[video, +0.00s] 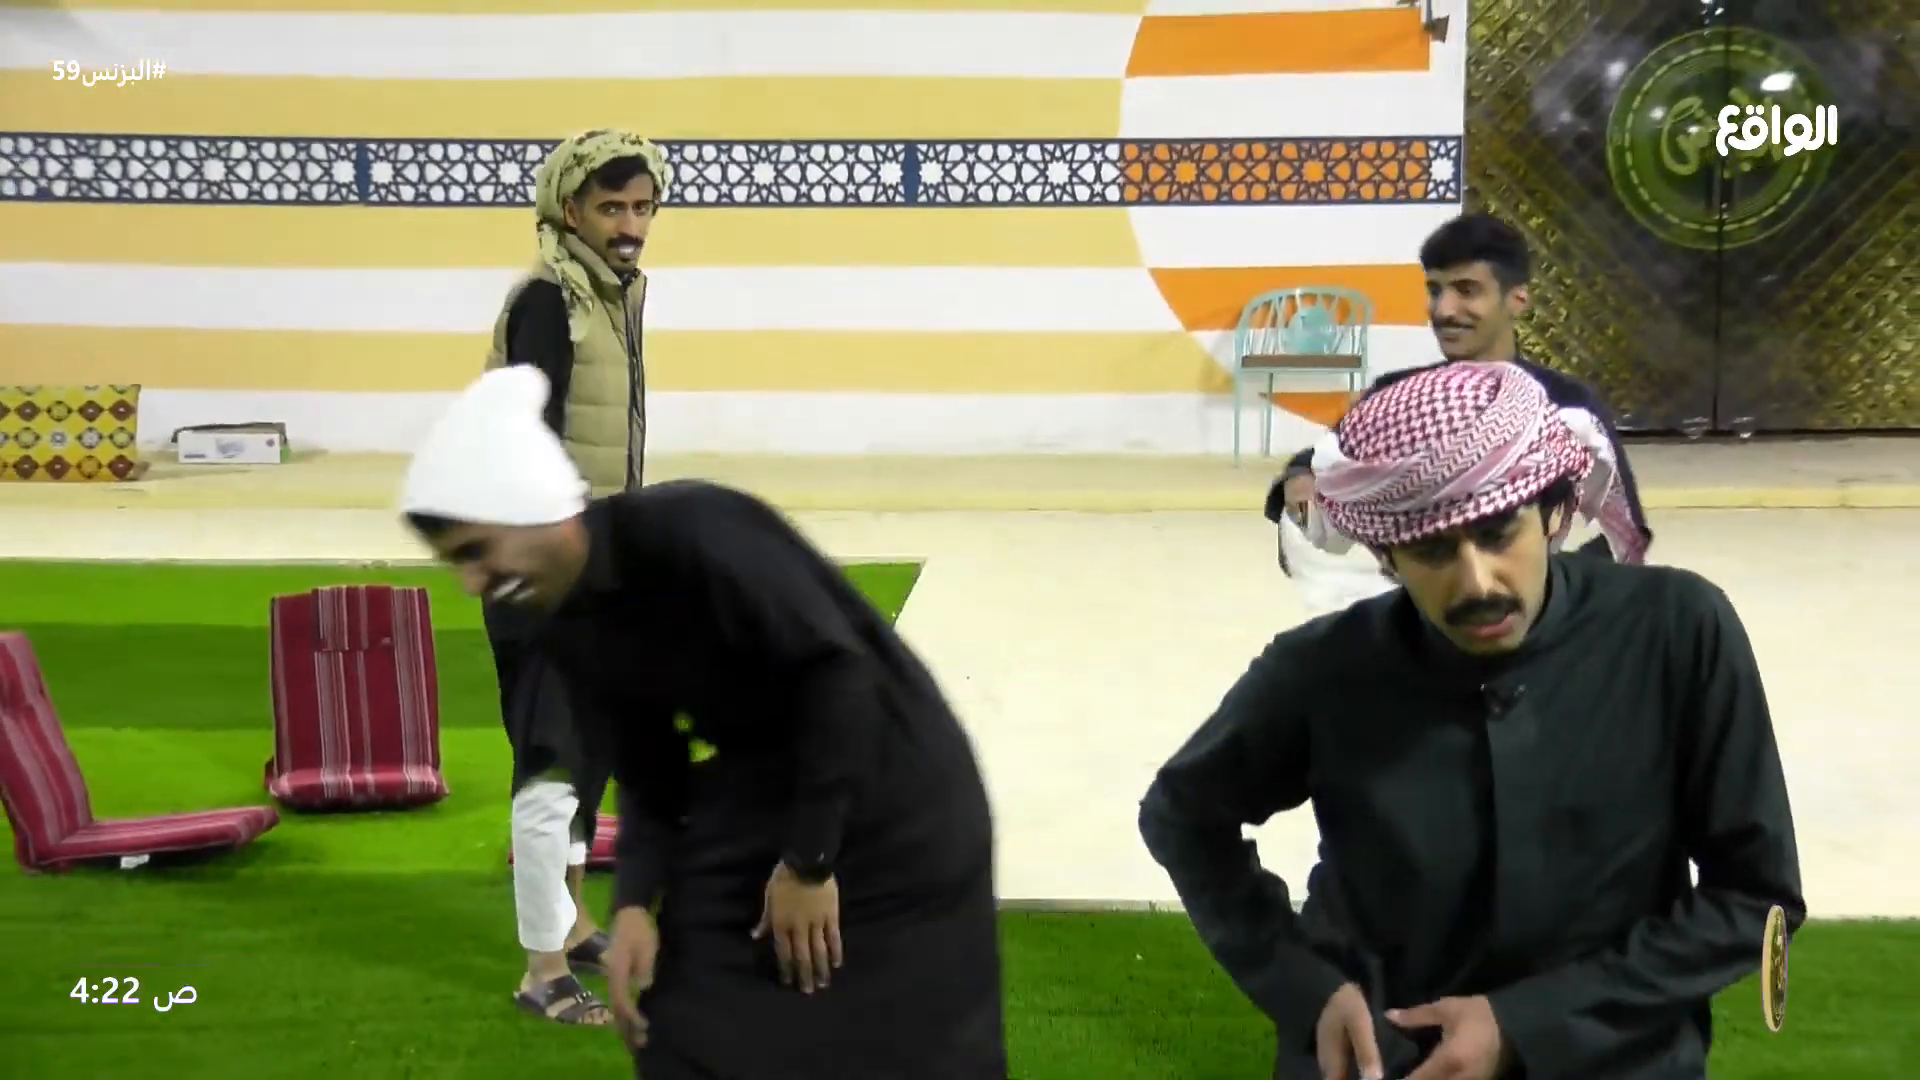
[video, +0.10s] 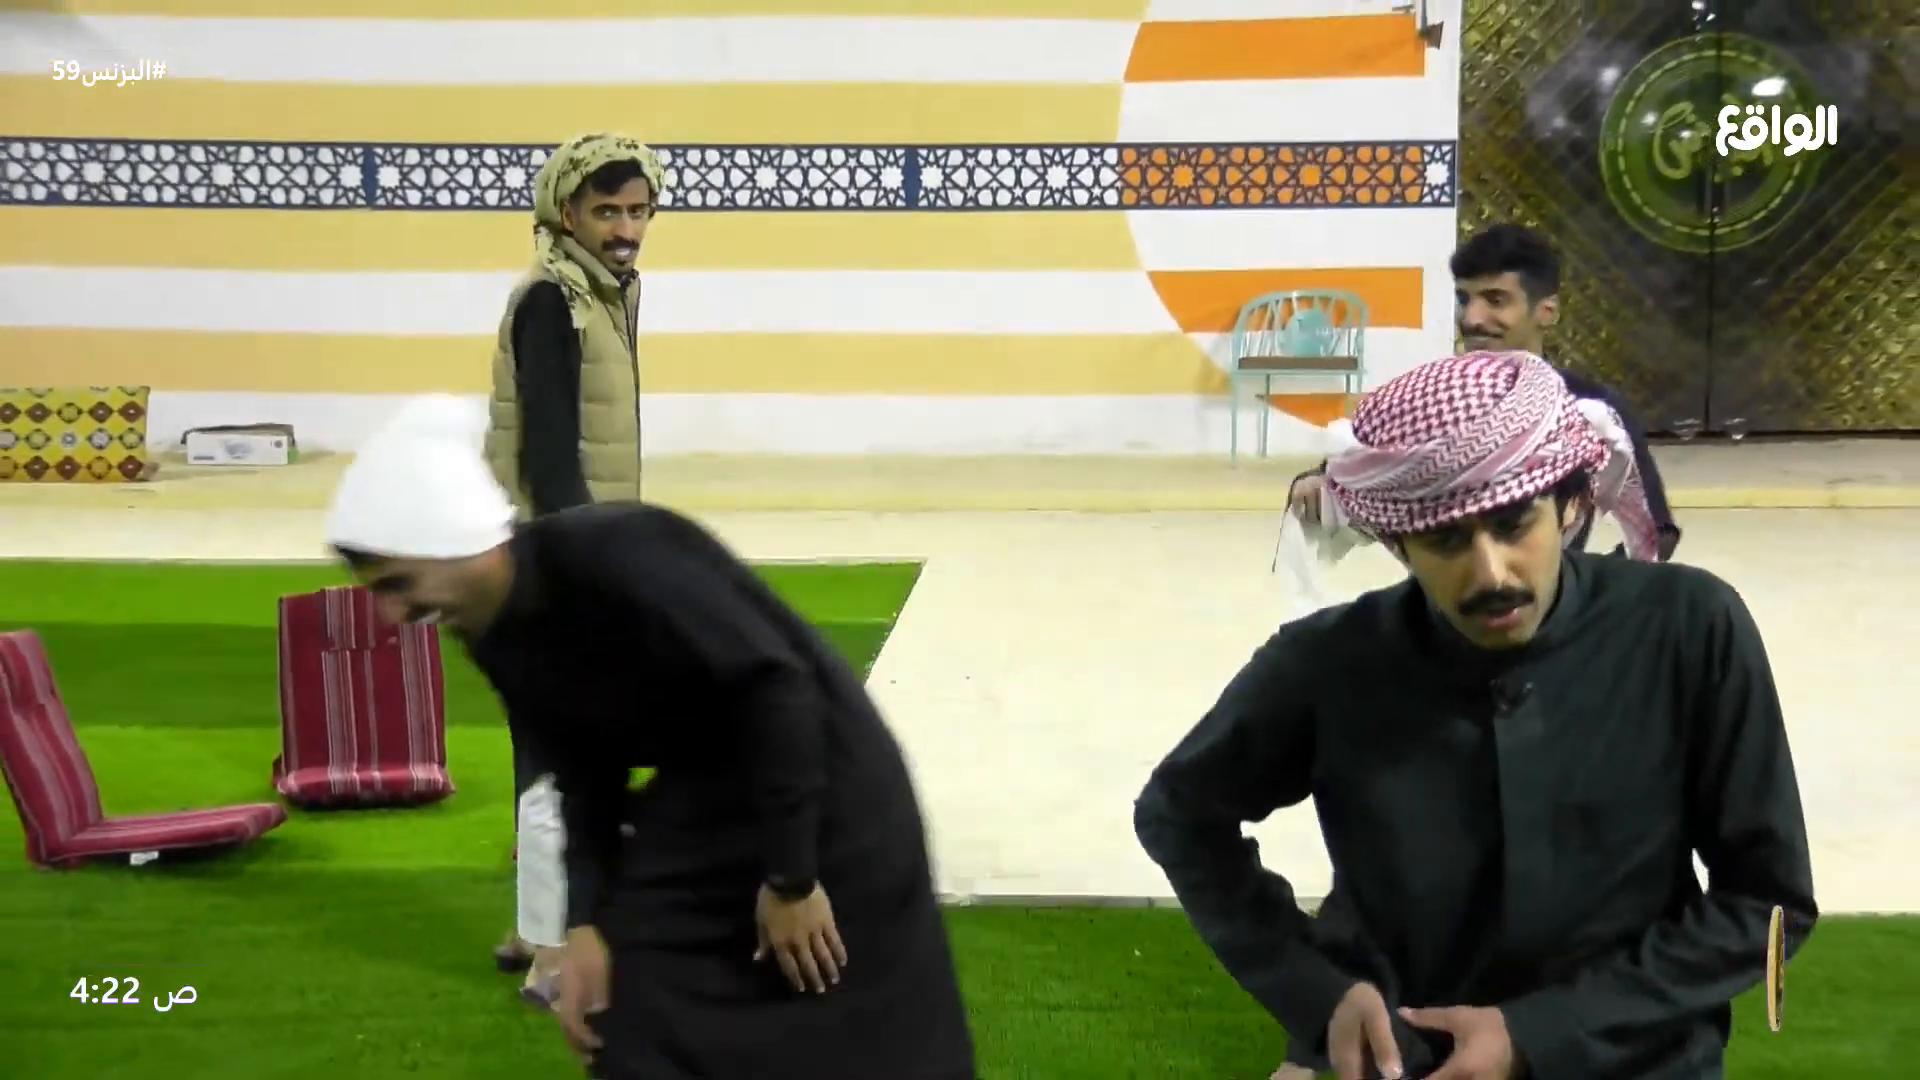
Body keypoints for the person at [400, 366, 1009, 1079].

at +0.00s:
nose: (473, 581)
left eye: (475, 551)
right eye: (456, 563)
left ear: (539, 503)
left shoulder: (697, 531)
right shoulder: (573, 625)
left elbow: (838, 669)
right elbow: (652, 769)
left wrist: (810, 860)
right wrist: (635, 904)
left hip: (892, 787)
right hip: (753, 789)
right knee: (687, 1009)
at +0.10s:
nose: (389, 614)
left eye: (400, 586)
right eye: (376, 591)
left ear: (469, 543)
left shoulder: (621, 556)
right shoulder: (497, 627)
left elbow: (782, 683)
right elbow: (586, 770)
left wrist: (792, 874)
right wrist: (586, 923)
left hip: (828, 791)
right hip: (696, 793)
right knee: (630, 995)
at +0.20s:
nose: (271, 631)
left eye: (273, 606)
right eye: (258, 612)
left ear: (332, 568)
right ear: (314, 581)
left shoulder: (515, 571)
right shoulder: (401, 634)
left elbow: (702, 693)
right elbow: (492, 765)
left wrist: (736, 879)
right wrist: (485, 912)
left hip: (710, 864)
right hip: (588, 878)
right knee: (548, 1028)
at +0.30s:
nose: (200, 613)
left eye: (204, 586)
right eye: (190, 592)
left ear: (260, 551)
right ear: (264, 551)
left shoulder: (437, 570)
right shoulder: (336, 617)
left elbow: (619, 681)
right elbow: (426, 747)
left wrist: (675, 869)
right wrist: (414, 898)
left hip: (626, 863)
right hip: (515, 870)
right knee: (520, 1038)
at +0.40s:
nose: (72, 538)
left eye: (76, 514)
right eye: (64, 518)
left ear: (136, 496)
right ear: (143, 496)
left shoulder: (310, 529)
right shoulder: (212, 564)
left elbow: (490, 647)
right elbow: (309, 698)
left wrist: (540, 835)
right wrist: (304, 845)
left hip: (472, 826)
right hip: (398, 828)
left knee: (332, 1037)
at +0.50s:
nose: (6, 494)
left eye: (7, 471)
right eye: (2, 474)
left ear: (38, 459)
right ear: (65, 448)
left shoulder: (213, 500)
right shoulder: (112, 534)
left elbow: (389, 629)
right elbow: (229, 688)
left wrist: (424, 813)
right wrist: (232, 814)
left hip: (373, 813)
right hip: (286, 823)